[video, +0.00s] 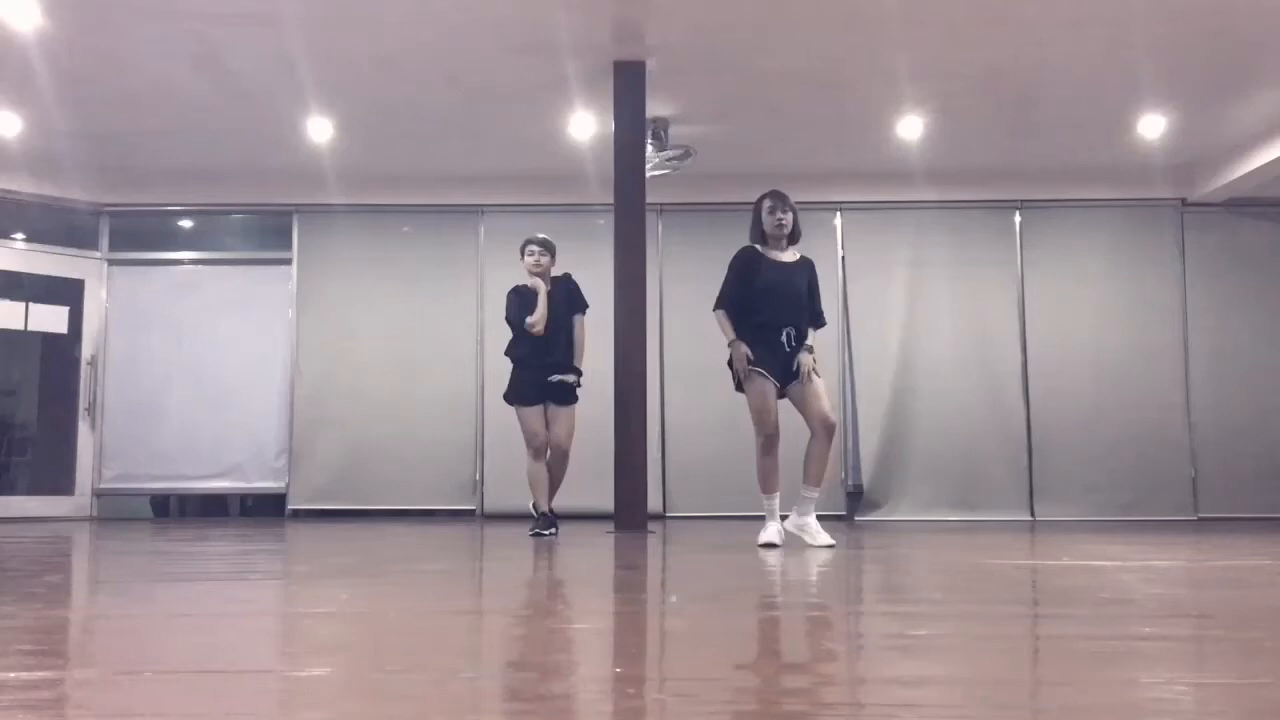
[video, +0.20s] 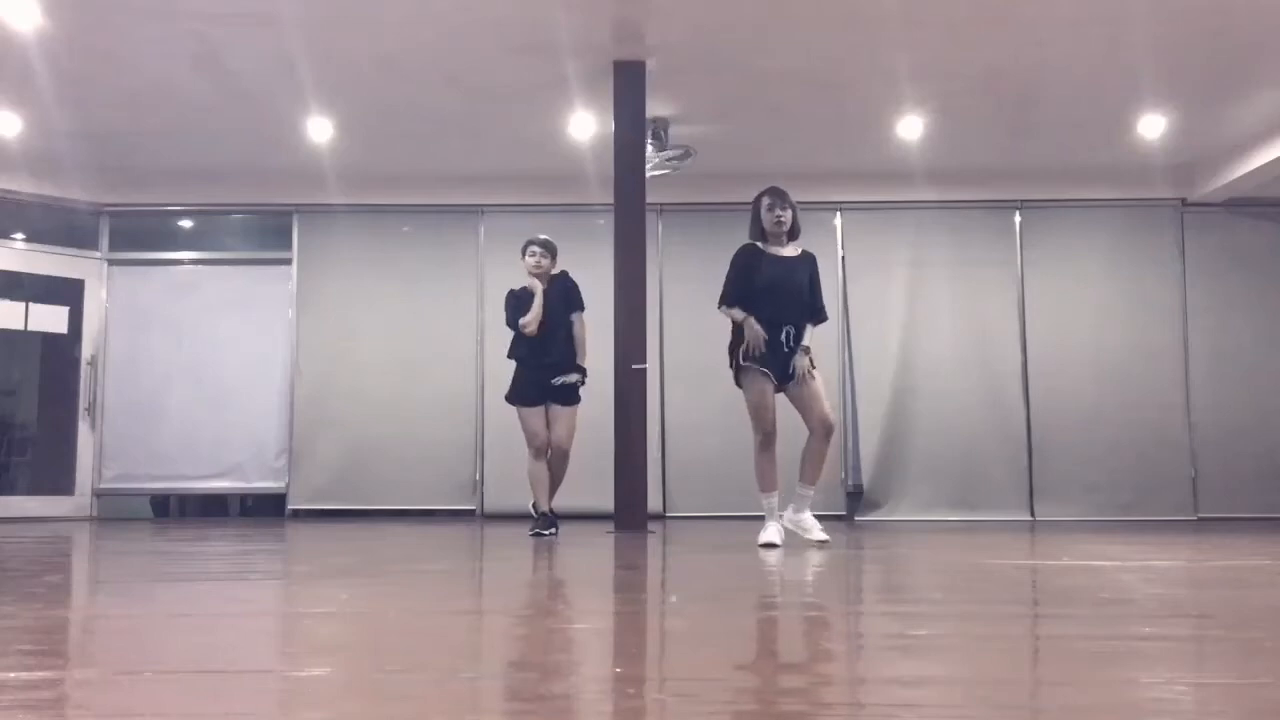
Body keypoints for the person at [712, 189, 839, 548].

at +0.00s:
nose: (779, 216)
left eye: (784, 210)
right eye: (771, 212)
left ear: (793, 218)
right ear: (759, 220)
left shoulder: (804, 264)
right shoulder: (747, 257)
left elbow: (810, 316)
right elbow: (721, 307)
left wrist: (807, 349)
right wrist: (734, 342)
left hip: (795, 355)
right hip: (757, 356)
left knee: (826, 425)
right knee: (768, 434)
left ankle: (804, 516)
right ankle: (771, 522)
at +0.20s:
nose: (778, 213)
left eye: (783, 208)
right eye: (770, 209)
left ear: (792, 214)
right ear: (759, 217)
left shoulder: (806, 258)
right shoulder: (748, 254)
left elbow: (810, 313)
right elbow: (726, 304)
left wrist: (802, 349)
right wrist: (748, 321)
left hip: (792, 352)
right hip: (756, 353)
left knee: (823, 425)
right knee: (766, 434)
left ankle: (799, 511)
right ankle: (771, 521)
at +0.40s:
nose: (779, 216)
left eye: (784, 211)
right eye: (771, 212)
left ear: (793, 217)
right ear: (759, 219)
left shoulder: (810, 259)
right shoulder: (749, 260)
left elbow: (822, 314)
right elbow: (733, 312)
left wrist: (807, 354)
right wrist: (753, 300)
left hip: (796, 359)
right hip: (755, 358)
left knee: (805, 439)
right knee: (762, 435)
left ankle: (788, 511)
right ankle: (770, 519)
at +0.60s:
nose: (783, 225)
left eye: (789, 220)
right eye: (776, 221)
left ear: (798, 226)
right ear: (765, 228)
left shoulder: (814, 265)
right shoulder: (755, 272)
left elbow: (831, 320)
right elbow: (741, 327)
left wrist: (815, 355)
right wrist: (753, 302)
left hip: (799, 366)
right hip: (756, 365)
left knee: (796, 446)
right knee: (759, 431)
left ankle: (787, 520)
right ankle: (769, 520)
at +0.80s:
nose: (788, 230)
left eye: (794, 225)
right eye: (781, 225)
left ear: (802, 231)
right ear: (769, 231)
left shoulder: (817, 271)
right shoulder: (756, 277)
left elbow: (836, 318)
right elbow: (748, 329)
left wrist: (825, 343)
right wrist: (749, 369)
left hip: (806, 367)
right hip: (764, 367)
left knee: (799, 446)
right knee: (761, 429)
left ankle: (787, 519)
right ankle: (771, 517)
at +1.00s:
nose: (789, 230)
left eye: (795, 225)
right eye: (782, 225)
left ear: (803, 231)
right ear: (770, 231)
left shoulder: (814, 272)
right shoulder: (754, 274)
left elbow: (827, 318)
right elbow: (745, 328)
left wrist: (823, 329)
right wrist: (740, 371)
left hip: (810, 366)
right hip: (769, 365)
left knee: (802, 442)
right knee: (769, 427)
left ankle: (786, 520)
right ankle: (763, 511)